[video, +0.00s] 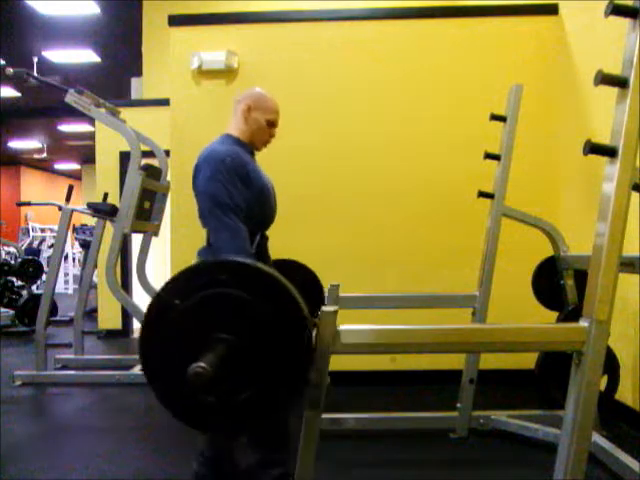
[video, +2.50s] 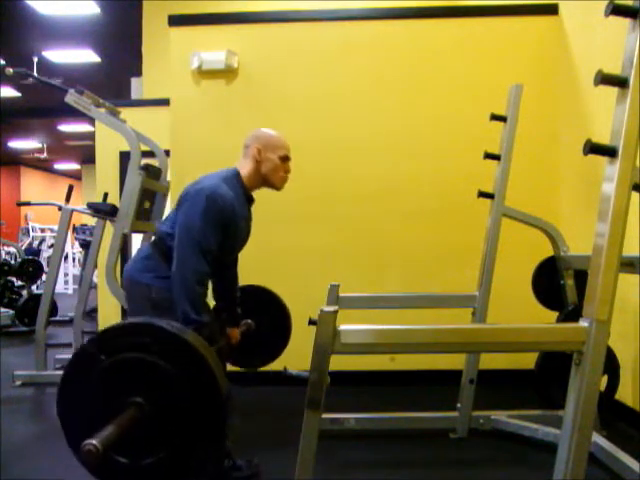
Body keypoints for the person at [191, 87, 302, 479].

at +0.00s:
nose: (273, 133)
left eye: (276, 125)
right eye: (270, 123)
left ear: (251, 117)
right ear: (245, 114)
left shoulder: (242, 158)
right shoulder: (221, 157)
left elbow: (250, 234)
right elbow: (226, 234)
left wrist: (269, 288)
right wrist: (241, 294)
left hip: (250, 292)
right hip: (228, 294)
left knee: (252, 386)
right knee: (229, 387)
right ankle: (222, 465)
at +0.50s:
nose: (234, 136)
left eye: (236, 128)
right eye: (231, 126)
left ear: (213, 119)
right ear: (206, 116)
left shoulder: (198, 160)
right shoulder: (175, 160)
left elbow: (211, 237)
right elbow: (181, 242)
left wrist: (231, 284)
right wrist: (198, 297)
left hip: (209, 295)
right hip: (187, 298)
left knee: (216, 378)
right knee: (194, 381)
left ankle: (213, 460)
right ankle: (198, 464)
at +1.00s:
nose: (221, 131)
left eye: (222, 123)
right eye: (216, 121)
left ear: (192, 115)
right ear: (190, 114)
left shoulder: (187, 161)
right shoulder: (163, 163)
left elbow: (203, 240)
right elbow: (173, 247)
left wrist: (227, 284)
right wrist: (214, 295)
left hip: (200, 296)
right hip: (180, 300)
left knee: (216, 377)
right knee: (201, 380)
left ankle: (212, 459)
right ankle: (203, 462)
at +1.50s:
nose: (215, 113)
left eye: (214, 106)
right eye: (207, 105)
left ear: (182, 109)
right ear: (179, 108)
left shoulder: (185, 160)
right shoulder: (163, 162)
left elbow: (205, 238)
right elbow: (173, 246)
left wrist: (229, 285)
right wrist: (216, 293)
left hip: (199, 293)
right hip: (181, 298)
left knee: (211, 375)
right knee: (207, 377)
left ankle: (204, 457)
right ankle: (208, 462)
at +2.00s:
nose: (230, 119)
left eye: (229, 111)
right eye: (223, 110)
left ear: (199, 110)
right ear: (195, 109)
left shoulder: (197, 160)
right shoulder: (170, 159)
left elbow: (210, 237)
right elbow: (172, 243)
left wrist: (226, 290)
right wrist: (202, 297)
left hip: (198, 290)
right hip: (177, 294)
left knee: (210, 374)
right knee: (203, 375)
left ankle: (207, 456)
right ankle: (202, 460)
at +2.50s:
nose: (289, 168)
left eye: (289, 160)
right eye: (283, 159)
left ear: (257, 157)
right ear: (256, 155)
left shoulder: (238, 202)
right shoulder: (211, 195)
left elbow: (225, 269)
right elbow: (188, 271)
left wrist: (231, 319)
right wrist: (203, 331)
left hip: (178, 289)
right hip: (152, 287)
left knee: (188, 372)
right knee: (164, 375)